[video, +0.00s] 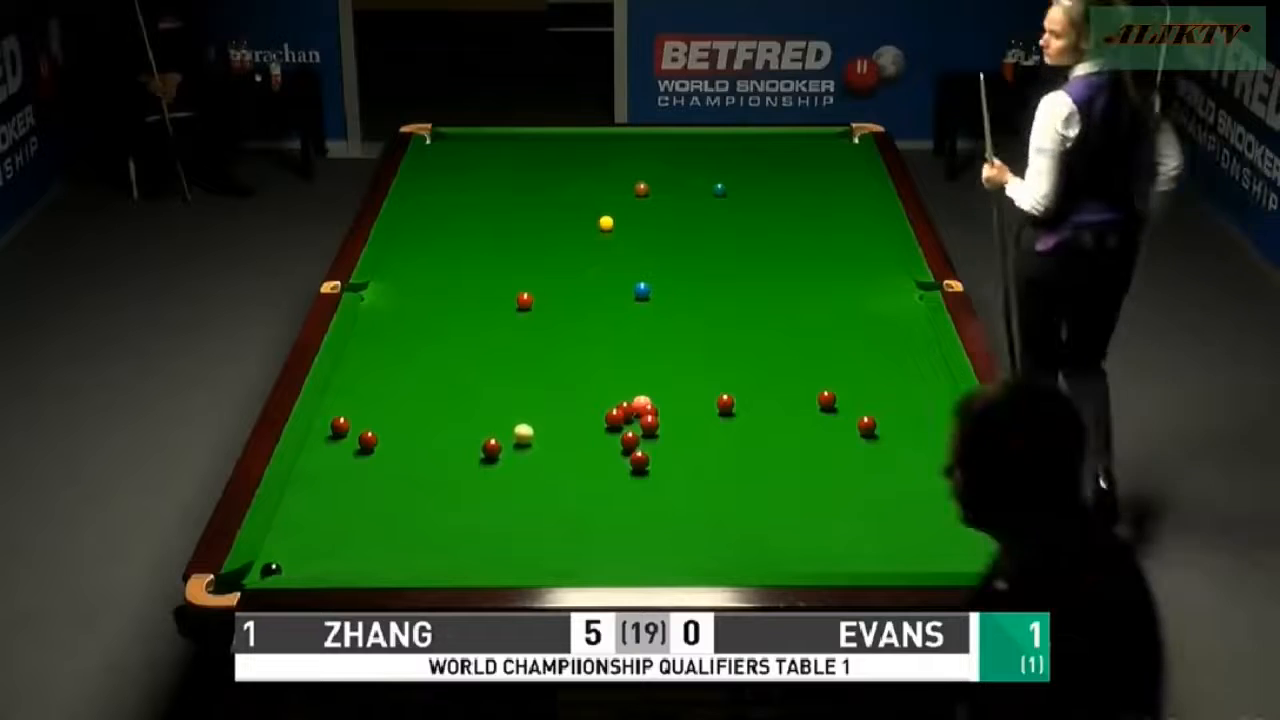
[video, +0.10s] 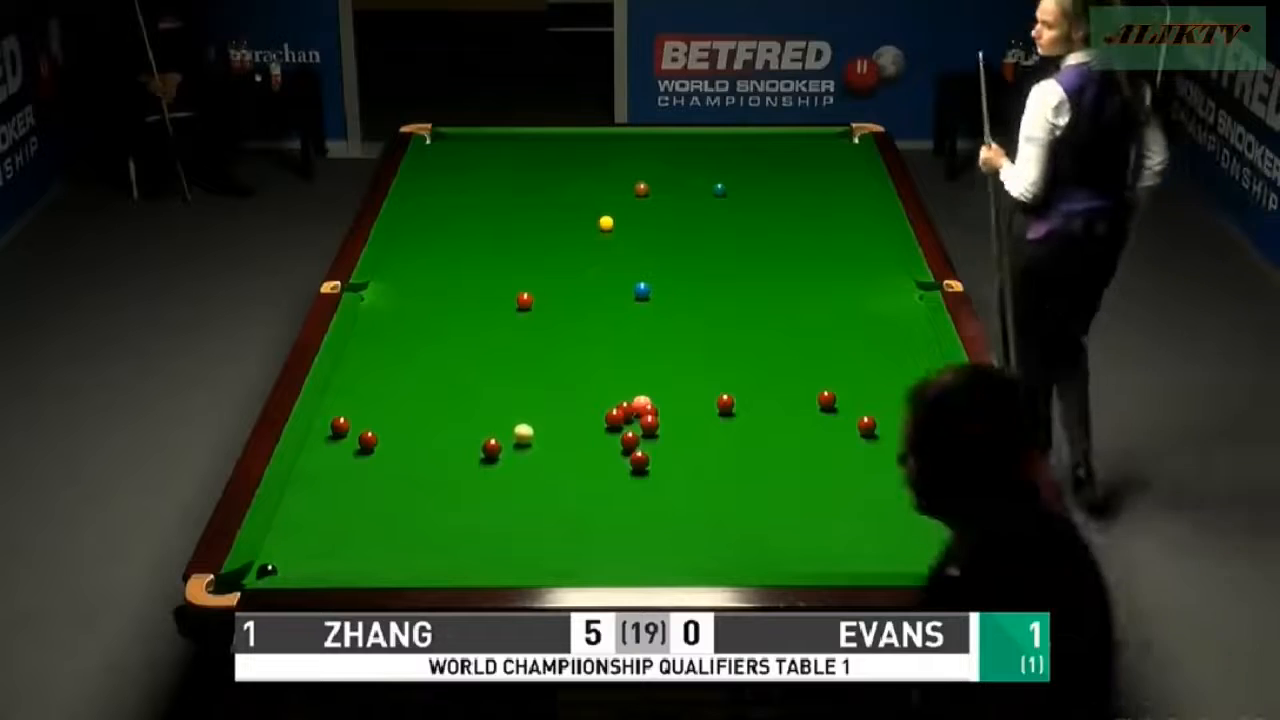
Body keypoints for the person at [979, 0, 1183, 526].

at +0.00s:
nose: (1042, 41)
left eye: (1053, 35)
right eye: (1045, 31)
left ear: (1085, 41)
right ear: (1094, 39)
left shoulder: (1059, 105)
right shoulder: (1136, 93)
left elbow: (1038, 200)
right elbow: (1170, 165)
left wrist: (1005, 180)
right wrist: (1134, 210)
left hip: (1055, 255)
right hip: (1113, 252)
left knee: (1039, 368)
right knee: (1087, 362)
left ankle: (1048, 488)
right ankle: (1099, 481)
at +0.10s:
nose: (1034, 33)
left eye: (1044, 25)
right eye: (1036, 22)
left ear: (1078, 31)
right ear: (1082, 31)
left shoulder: (1049, 93)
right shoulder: (1126, 84)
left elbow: (1026, 188)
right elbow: (1155, 161)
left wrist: (999, 163)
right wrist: (1119, 194)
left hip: (1050, 242)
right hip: (1104, 239)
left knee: (1034, 353)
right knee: (1070, 342)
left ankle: (1033, 471)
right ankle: (1081, 467)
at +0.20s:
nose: (1025, 23)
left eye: (1034, 15)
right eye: (1027, 13)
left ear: (1063, 21)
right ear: (1071, 23)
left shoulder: (1038, 81)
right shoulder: (1109, 74)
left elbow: (1013, 171)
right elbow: (1132, 158)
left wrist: (995, 144)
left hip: (1043, 223)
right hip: (1092, 220)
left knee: (1026, 324)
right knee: (1050, 317)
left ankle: (1035, 440)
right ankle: (1048, 418)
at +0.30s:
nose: (1019, 19)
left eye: (1028, 12)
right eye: (1021, 10)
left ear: (1057, 19)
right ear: (1063, 21)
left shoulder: (1032, 77)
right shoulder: (1097, 72)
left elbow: (1005, 166)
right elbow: (1125, 148)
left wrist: (992, 139)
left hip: (1037, 221)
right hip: (1082, 218)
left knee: (1028, 330)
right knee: (1037, 323)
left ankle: (1031, 446)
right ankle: (1028, 430)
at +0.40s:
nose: (1010, 16)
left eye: (1019, 8)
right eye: (1011, 7)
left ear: (1048, 15)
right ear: (1050, 17)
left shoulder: (1025, 72)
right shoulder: (1082, 67)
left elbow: (998, 159)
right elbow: (1120, 134)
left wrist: (986, 135)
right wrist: (1074, 155)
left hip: (1029, 214)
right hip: (1070, 210)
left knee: (1022, 331)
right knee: (1030, 319)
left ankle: (1031, 452)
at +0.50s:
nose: (1005, 8)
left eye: (1014, 2)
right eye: (1006, 1)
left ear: (1041, 8)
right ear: (1045, 10)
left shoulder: (1019, 64)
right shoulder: (1077, 58)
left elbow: (999, 149)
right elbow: (1118, 117)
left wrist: (980, 132)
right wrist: (1076, 149)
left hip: (1024, 203)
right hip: (1065, 197)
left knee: (1015, 314)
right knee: (1030, 299)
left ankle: (1029, 439)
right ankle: (1017, 399)